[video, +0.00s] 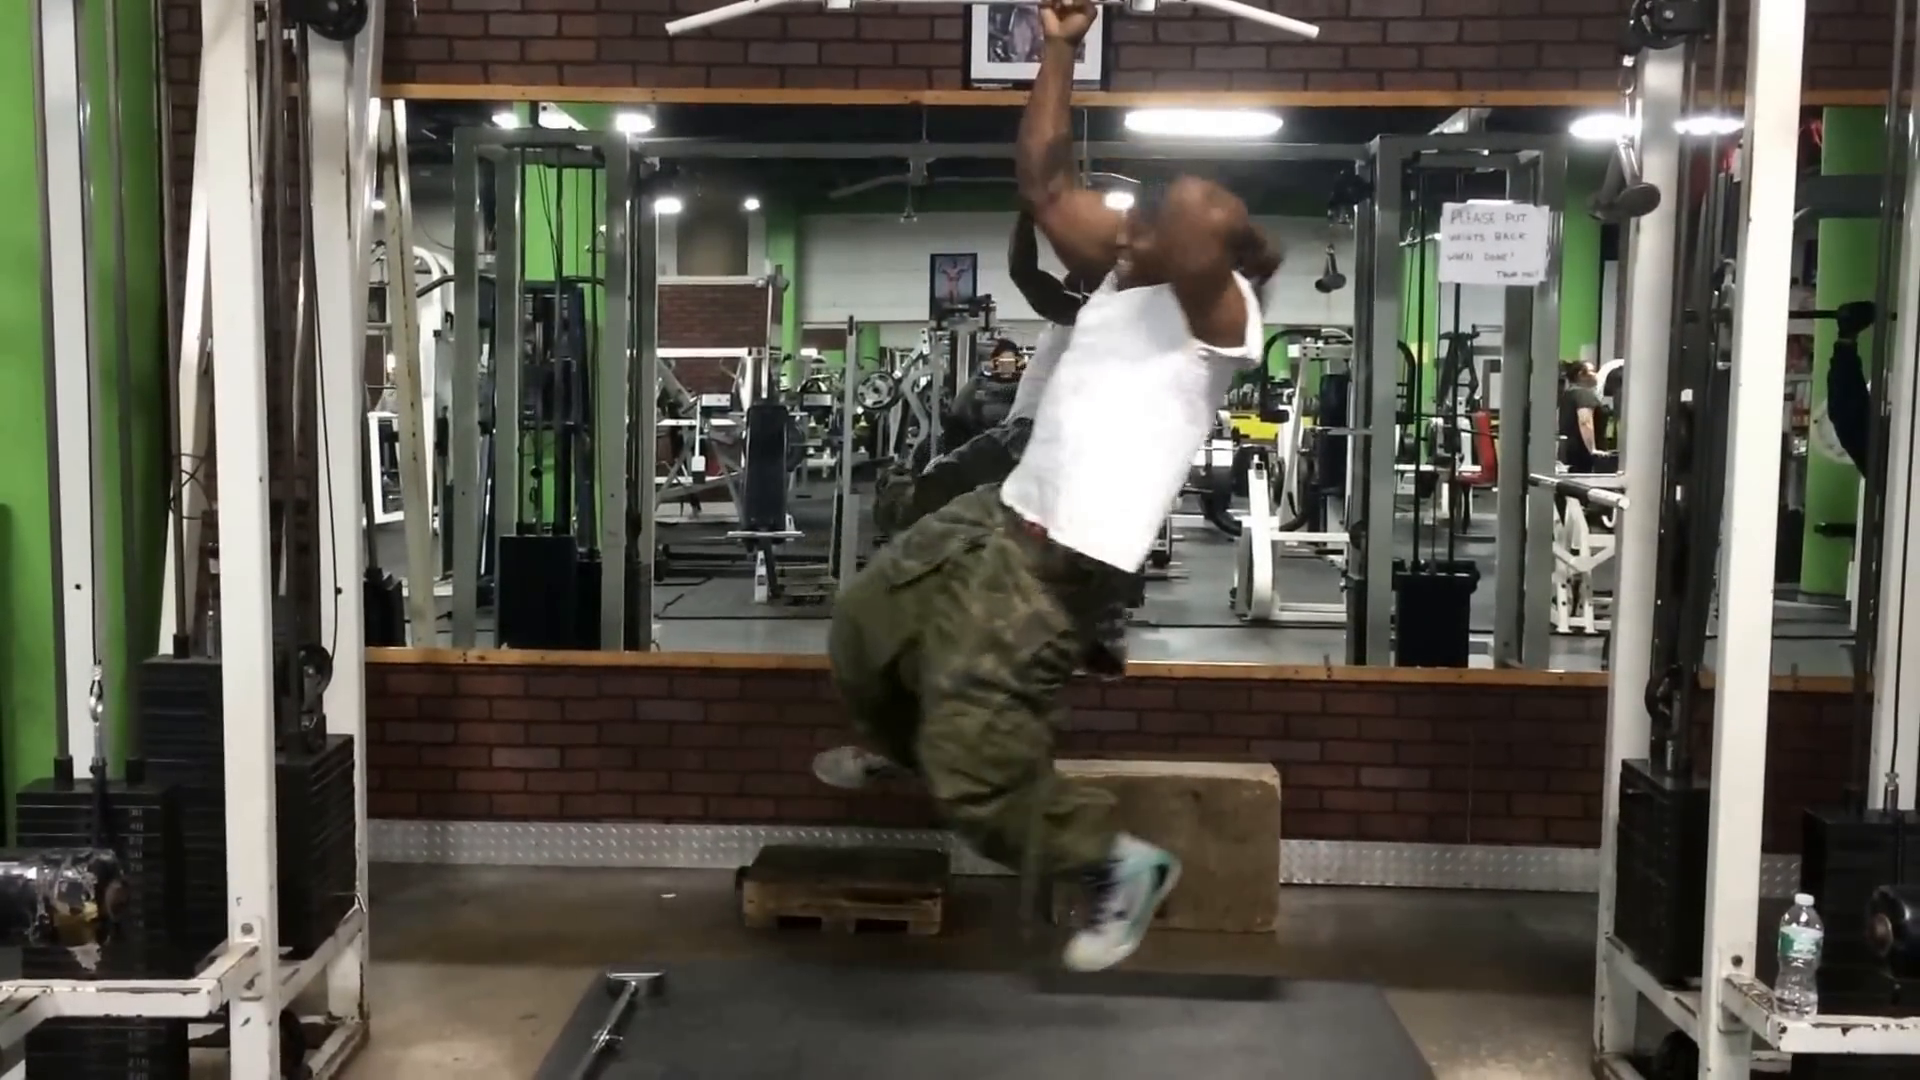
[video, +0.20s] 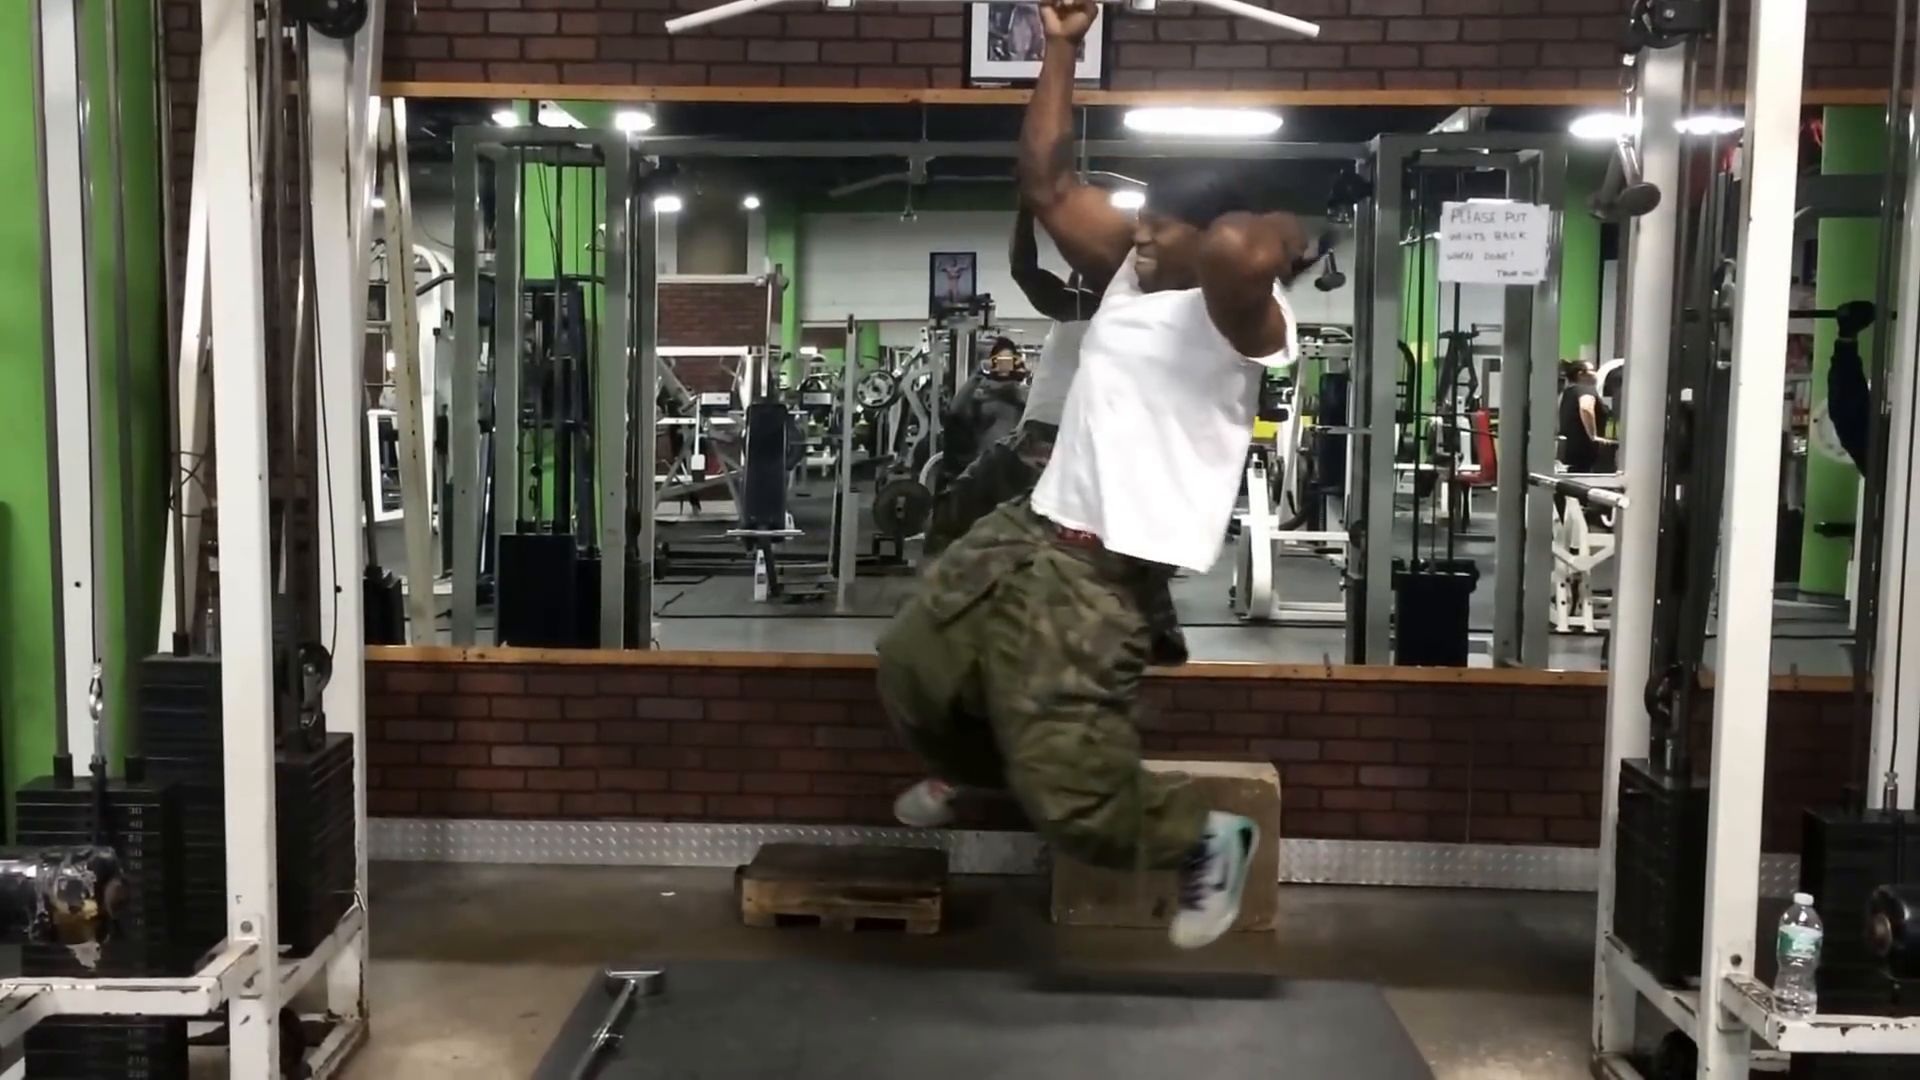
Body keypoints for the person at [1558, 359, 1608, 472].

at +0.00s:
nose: (1596, 374)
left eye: (1594, 371)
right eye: (1592, 371)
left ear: (1580, 375)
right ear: (1581, 375)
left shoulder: (1568, 393)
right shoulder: (1585, 394)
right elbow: (1585, 422)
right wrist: (1593, 449)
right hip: (1582, 453)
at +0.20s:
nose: (1595, 374)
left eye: (1594, 370)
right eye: (1592, 370)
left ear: (1580, 374)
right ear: (1581, 374)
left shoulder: (1568, 391)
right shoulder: (1587, 390)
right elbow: (1586, 409)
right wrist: (1593, 436)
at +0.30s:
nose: (1596, 374)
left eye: (1595, 370)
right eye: (1592, 370)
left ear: (1580, 375)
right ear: (1582, 374)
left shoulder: (1567, 390)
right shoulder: (1587, 388)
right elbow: (1586, 404)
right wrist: (1595, 430)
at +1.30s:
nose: (1592, 365)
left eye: (1590, 361)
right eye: (1588, 361)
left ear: (1576, 366)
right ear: (1578, 366)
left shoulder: (1564, 382)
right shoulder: (1585, 380)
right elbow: (1583, 398)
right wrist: (1589, 424)